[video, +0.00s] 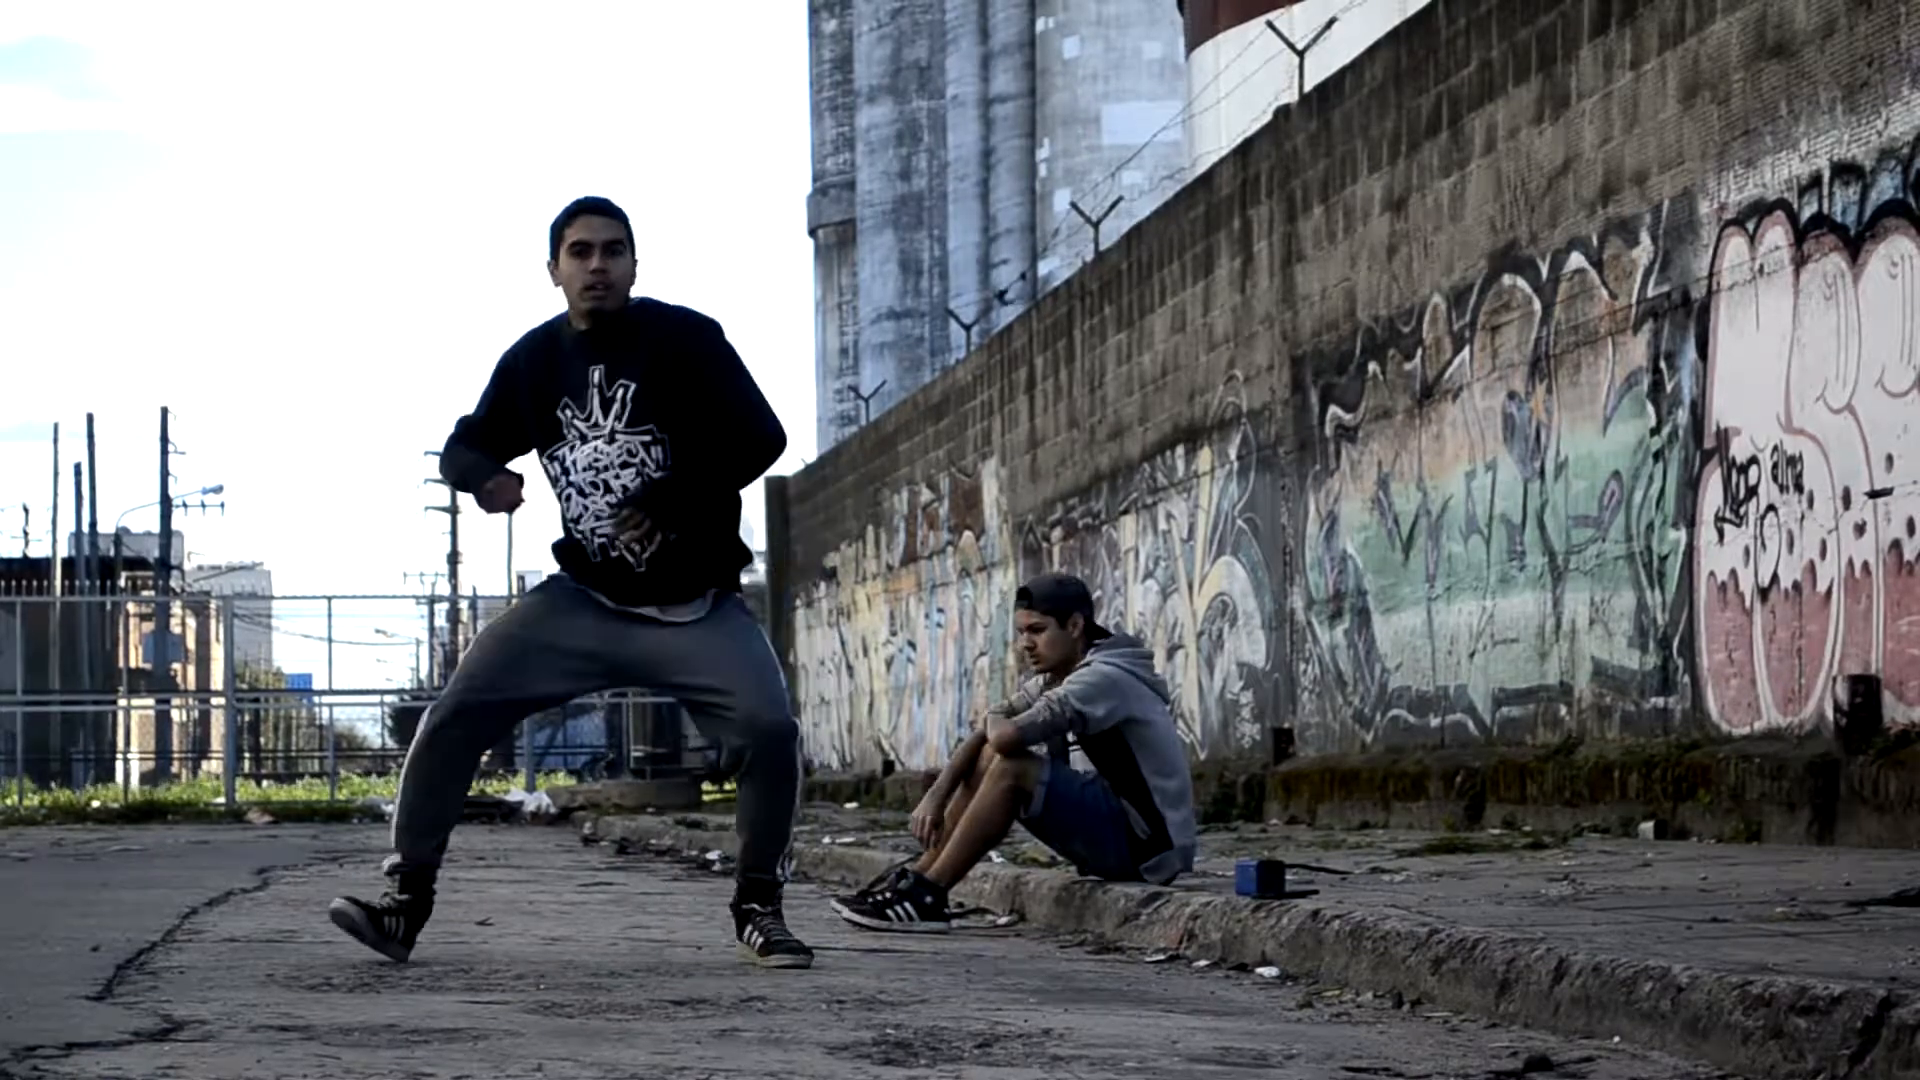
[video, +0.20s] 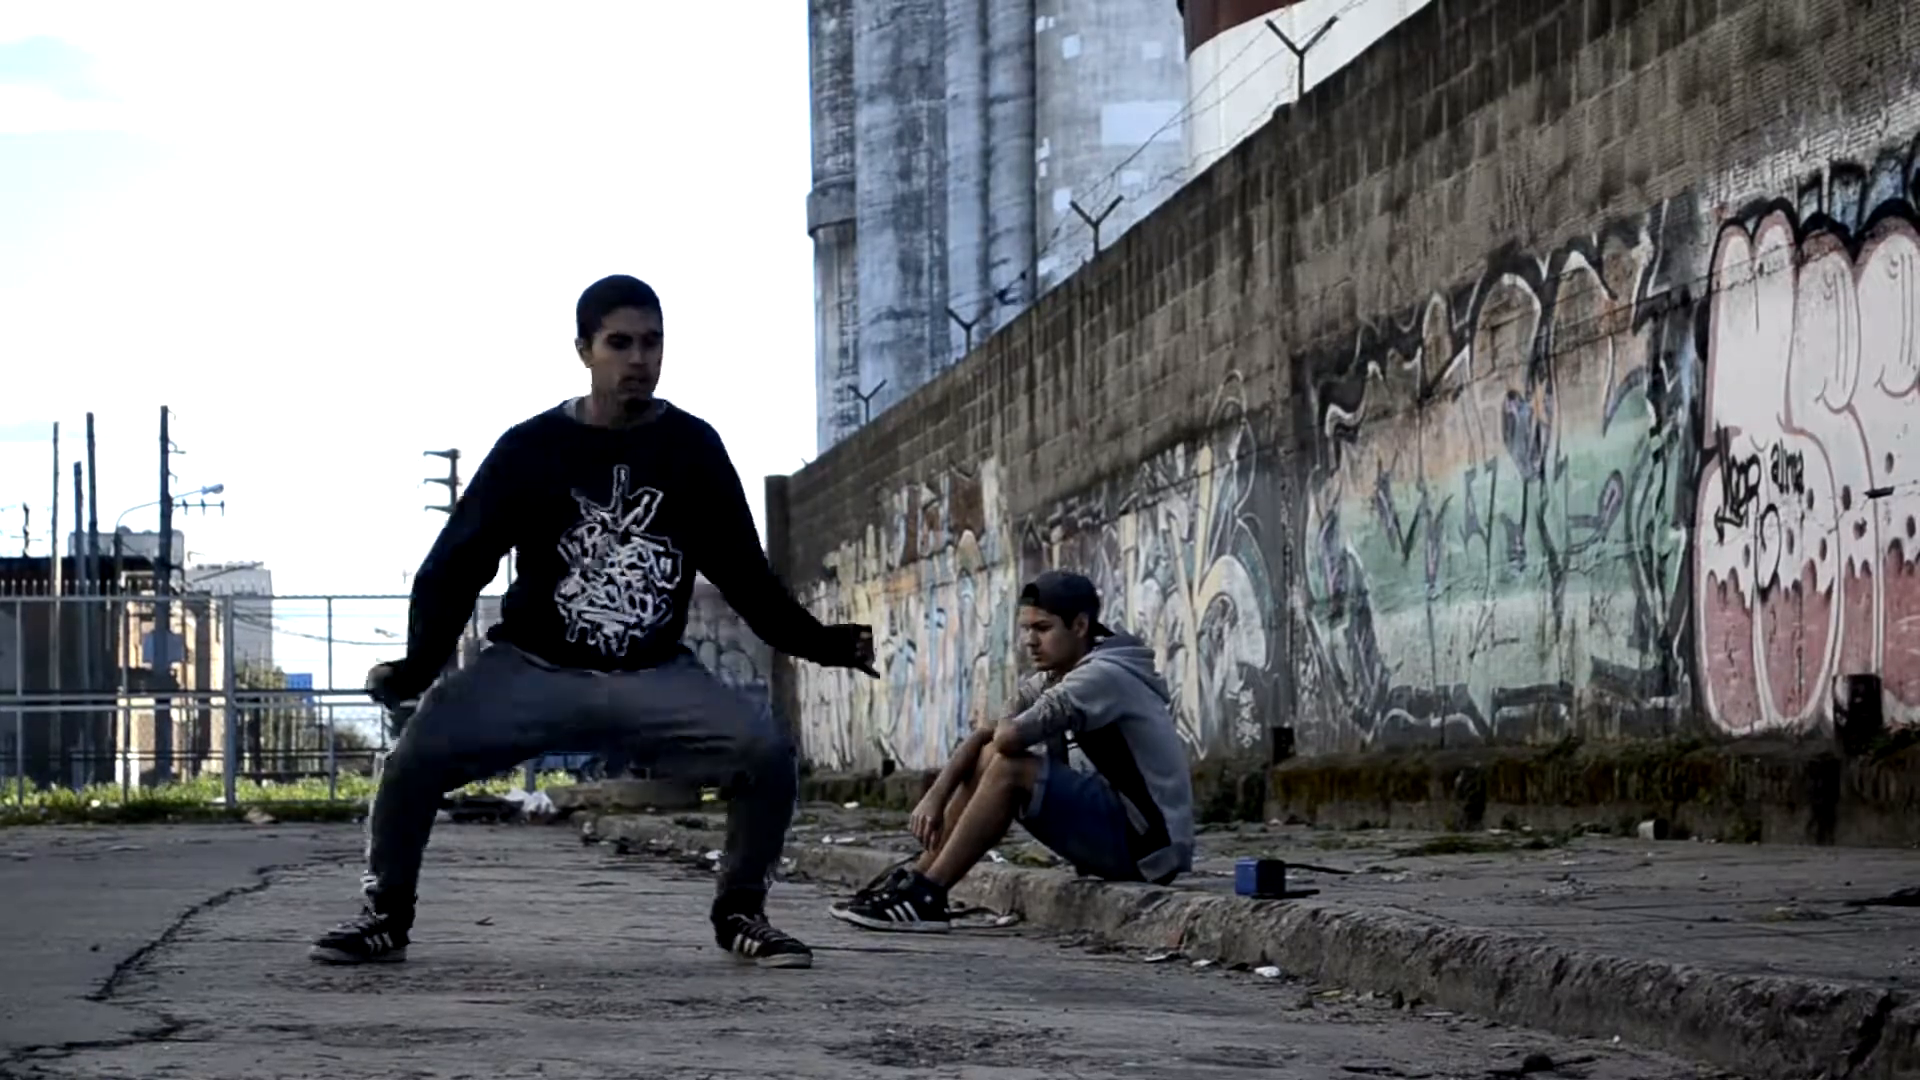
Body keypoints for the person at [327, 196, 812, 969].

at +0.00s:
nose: (598, 266)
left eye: (613, 251)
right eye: (581, 252)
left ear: (635, 263)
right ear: (555, 270)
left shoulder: (690, 341)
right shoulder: (533, 363)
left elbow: (762, 437)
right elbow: (465, 448)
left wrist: (671, 501)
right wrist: (482, 473)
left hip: (701, 611)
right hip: (583, 604)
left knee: (772, 731)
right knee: (456, 710)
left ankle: (760, 910)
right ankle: (405, 902)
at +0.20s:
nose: (639, 359)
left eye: (651, 343)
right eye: (621, 343)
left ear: (664, 350)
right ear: (586, 351)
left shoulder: (693, 448)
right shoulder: (529, 448)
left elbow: (742, 572)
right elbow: (457, 561)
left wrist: (816, 640)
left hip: (658, 675)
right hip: (534, 671)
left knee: (768, 747)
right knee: (419, 749)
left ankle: (739, 912)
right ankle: (387, 916)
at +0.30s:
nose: (680, 378)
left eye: (691, 363)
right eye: (662, 361)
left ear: (702, 371)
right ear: (624, 364)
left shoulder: (694, 480)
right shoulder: (570, 439)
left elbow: (752, 596)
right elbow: (499, 550)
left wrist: (836, 591)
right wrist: (467, 668)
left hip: (648, 679)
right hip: (537, 681)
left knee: (784, 746)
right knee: (453, 802)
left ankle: (742, 917)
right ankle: (402, 917)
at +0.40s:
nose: (691, 382)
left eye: (703, 369)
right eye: (674, 365)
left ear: (712, 378)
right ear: (634, 367)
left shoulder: (677, 500)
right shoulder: (597, 414)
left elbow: (710, 603)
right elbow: (522, 508)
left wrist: (809, 543)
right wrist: (541, 622)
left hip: (654, 675)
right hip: (549, 678)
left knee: (792, 737)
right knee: (494, 827)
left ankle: (747, 918)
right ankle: (410, 917)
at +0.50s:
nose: (674, 351)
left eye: (685, 338)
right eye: (656, 335)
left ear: (693, 349)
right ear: (616, 340)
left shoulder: (659, 480)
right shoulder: (585, 386)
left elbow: (681, 593)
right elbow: (510, 481)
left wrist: (778, 530)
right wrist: (538, 601)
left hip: (658, 664)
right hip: (550, 669)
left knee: (797, 738)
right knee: (489, 816)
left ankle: (747, 916)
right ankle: (406, 920)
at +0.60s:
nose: (619, 311)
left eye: (629, 298)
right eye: (600, 296)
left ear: (639, 308)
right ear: (560, 306)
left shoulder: (663, 422)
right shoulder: (515, 394)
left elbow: (694, 560)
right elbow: (472, 510)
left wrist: (777, 578)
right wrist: (476, 624)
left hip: (665, 646)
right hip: (542, 652)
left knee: (798, 723)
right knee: (458, 790)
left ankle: (767, 896)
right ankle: (402, 914)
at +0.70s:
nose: (564, 303)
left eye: (574, 289)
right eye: (545, 289)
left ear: (585, 299)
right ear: (504, 304)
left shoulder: (643, 394)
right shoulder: (476, 431)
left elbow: (706, 497)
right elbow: (470, 556)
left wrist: (733, 555)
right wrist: (443, 596)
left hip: (667, 632)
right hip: (542, 642)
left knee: (777, 732)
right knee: (450, 762)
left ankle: (816, 903)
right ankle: (396, 914)